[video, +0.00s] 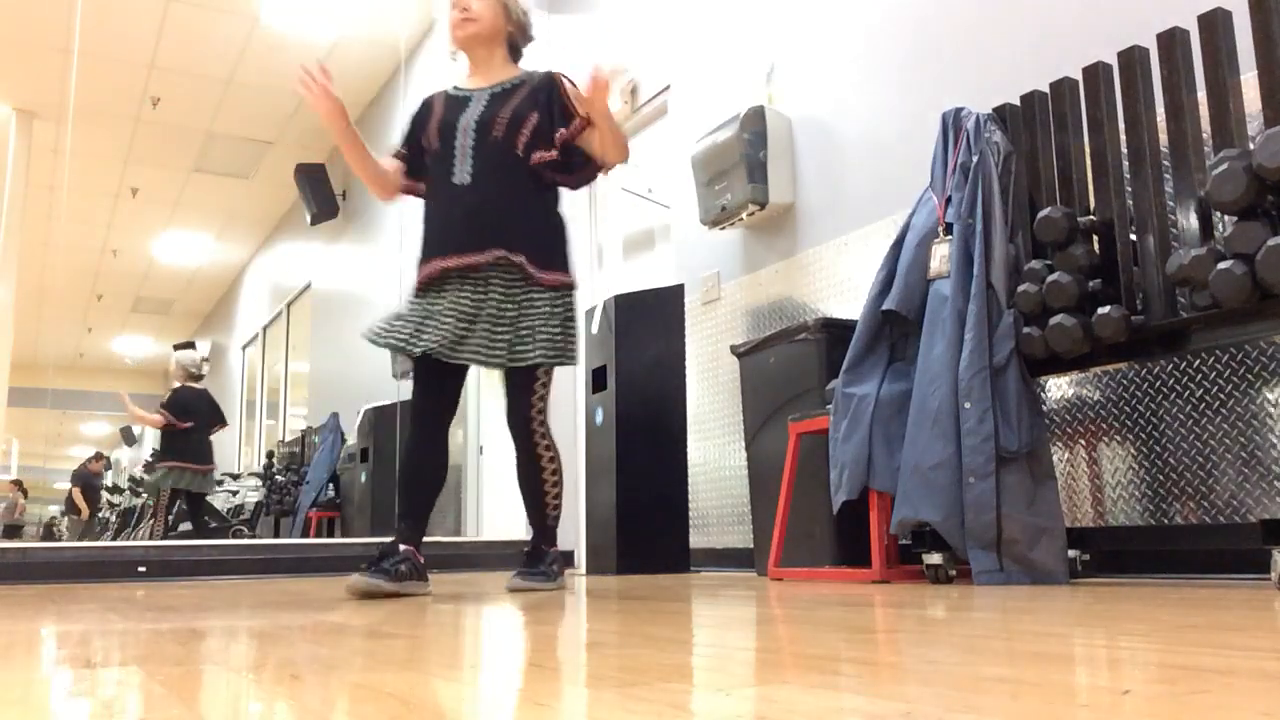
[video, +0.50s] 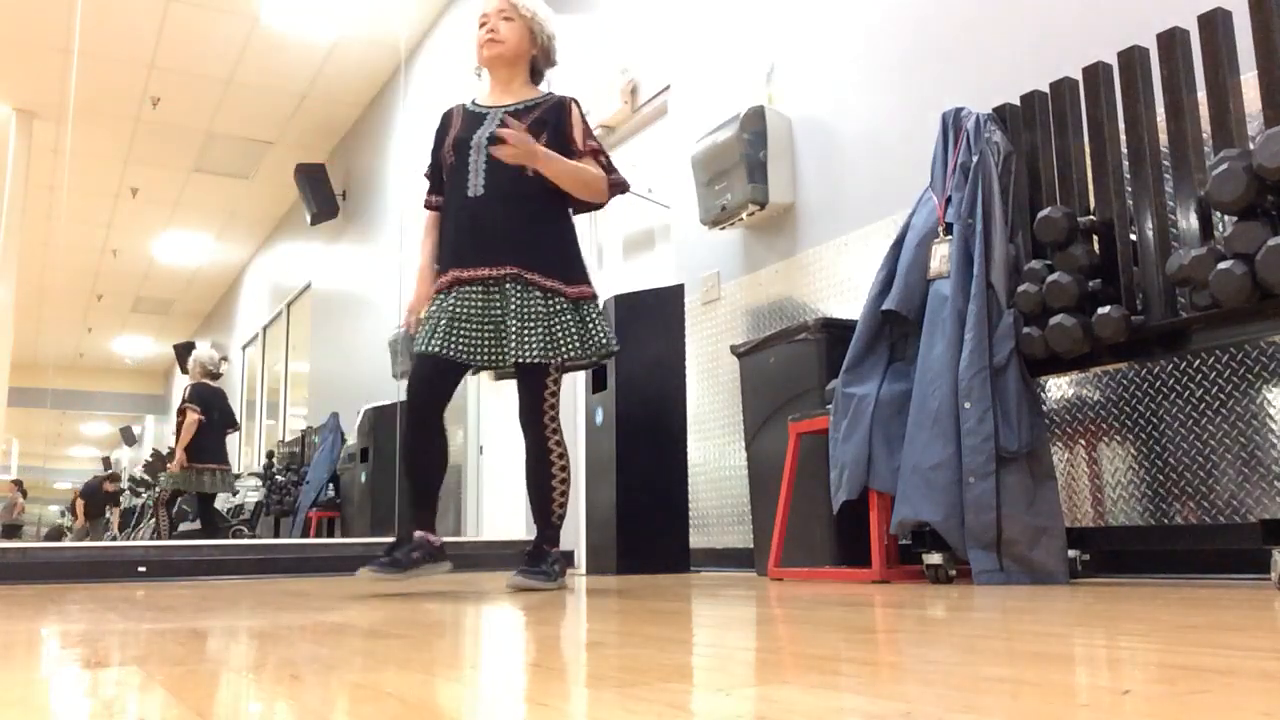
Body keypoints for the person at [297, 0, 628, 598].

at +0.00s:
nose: (459, 11)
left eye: (473, 2)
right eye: (454, 5)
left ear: (509, 17)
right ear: (449, 25)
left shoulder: (543, 88)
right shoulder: (436, 107)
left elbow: (613, 154)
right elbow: (388, 184)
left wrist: (600, 109)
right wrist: (340, 123)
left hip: (528, 273)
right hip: (449, 276)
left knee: (526, 417)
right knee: (428, 414)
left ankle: (545, 552)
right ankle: (407, 552)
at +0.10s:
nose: (470, 17)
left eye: (485, 7)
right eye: (464, 10)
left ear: (518, 25)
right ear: (459, 30)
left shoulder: (553, 97)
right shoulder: (444, 113)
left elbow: (600, 177)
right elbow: (409, 198)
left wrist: (607, 143)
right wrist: (356, 154)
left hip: (539, 275)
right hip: (462, 279)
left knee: (533, 416)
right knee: (430, 406)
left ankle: (545, 553)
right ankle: (412, 549)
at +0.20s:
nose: (481, 29)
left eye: (496, 20)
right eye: (475, 23)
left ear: (529, 38)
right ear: (469, 43)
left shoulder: (560, 110)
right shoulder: (454, 122)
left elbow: (593, 194)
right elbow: (430, 214)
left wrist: (603, 184)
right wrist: (391, 219)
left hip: (545, 277)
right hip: (472, 281)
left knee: (538, 416)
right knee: (443, 403)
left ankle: (545, 553)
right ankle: (452, 551)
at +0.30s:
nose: (487, 29)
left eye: (502, 22)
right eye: (482, 24)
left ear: (534, 42)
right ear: (476, 48)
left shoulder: (562, 112)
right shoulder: (458, 121)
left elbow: (598, 187)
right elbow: (439, 198)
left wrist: (588, 195)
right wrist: (427, 241)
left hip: (545, 279)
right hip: (472, 281)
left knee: (540, 414)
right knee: (442, 399)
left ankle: (547, 552)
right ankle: (448, 547)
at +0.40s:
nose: (490, 26)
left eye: (506, 19)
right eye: (484, 22)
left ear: (535, 42)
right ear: (478, 48)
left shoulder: (561, 109)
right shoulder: (457, 120)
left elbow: (607, 192)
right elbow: (437, 213)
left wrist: (559, 168)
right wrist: (429, 283)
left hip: (543, 279)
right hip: (468, 281)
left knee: (541, 415)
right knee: (429, 388)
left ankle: (548, 551)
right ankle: (434, 535)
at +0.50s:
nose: (488, 27)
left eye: (504, 20)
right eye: (481, 23)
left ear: (534, 41)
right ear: (475, 47)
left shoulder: (559, 110)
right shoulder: (455, 120)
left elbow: (600, 188)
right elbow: (436, 213)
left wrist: (537, 156)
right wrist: (424, 286)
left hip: (538, 278)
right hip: (465, 280)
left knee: (538, 415)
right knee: (421, 398)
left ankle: (546, 551)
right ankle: (422, 537)